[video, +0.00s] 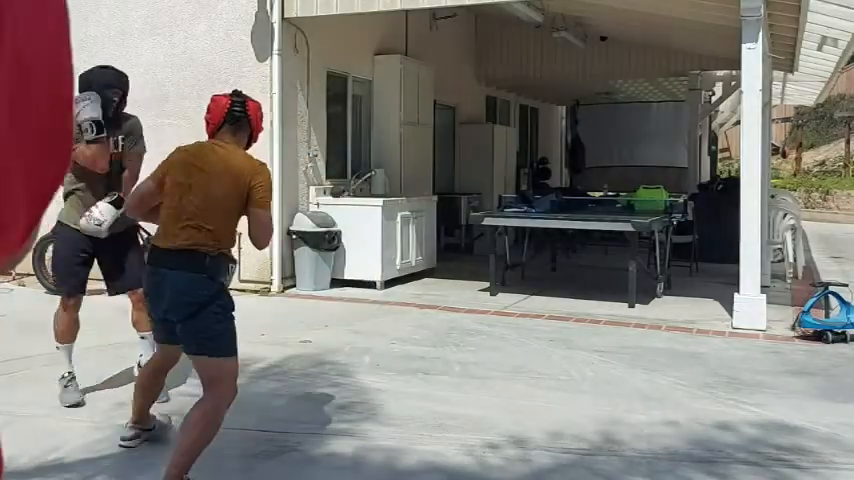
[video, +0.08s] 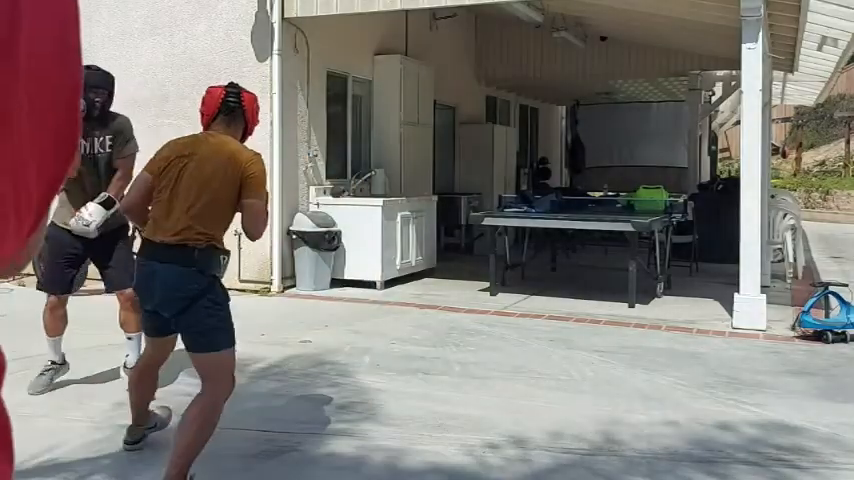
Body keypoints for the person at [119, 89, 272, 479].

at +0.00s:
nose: (255, 135)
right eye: (255, 129)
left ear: (211, 125)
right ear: (251, 130)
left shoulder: (181, 155)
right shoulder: (254, 170)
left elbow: (134, 204)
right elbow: (261, 238)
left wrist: (171, 217)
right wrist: (251, 201)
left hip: (158, 272)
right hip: (201, 280)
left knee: (166, 352)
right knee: (220, 389)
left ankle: (139, 422)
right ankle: (174, 473)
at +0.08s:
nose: (250, 129)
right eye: (250, 123)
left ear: (206, 118)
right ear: (248, 123)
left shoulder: (172, 148)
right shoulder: (247, 160)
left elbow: (130, 204)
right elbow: (255, 228)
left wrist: (155, 226)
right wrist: (248, 193)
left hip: (149, 268)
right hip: (195, 275)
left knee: (156, 349)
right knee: (218, 382)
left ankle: (138, 421)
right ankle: (175, 474)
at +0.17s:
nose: (243, 116)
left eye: (242, 110)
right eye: (243, 110)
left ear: (198, 105)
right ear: (239, 110)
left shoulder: (165, 139)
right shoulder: (241, 148)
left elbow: (119, 190)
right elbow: (249, 218)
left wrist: (143, 212)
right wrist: (239, 179)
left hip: (146, 261)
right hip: (192, 266)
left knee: (157, 339)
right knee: (209, 376)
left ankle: (129, 423)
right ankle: (174, 472)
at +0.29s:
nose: (224, 101)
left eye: (221, 95)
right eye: (223, 95)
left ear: (176, 94)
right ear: (219, 96)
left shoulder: (146, 130)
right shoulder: (229, 135)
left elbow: (98, 181)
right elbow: (243, 204)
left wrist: (128, 179)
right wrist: (233, 167)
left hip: (141, 254)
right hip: (190, 259)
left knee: (151, 337)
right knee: (192, 376)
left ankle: (107, 425)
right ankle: (173, 474)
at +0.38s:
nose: (205, 101)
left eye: (200, 96)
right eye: (204, 96)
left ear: (157, 96)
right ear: (200, 96)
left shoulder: (132, 136)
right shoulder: (215, 138)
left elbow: (94, 192)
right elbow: (233, 200)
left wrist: (126, 170)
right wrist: (222, 140)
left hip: (136, 259)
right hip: (186, 261)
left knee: (132, 353)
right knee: (187, 378)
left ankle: (99, 436)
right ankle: (172, 474)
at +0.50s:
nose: (184, 103)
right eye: (184, 97)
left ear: (140, 99)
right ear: (183, 98)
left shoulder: (120, 137)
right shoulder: (202, 138)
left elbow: (84, 197)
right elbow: (221, 197)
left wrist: (120, 171)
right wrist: (207, 142)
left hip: (126, 258)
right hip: (177, 260)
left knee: (124, 346)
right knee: (183, 374)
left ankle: (95, 434)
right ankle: (175, 473)